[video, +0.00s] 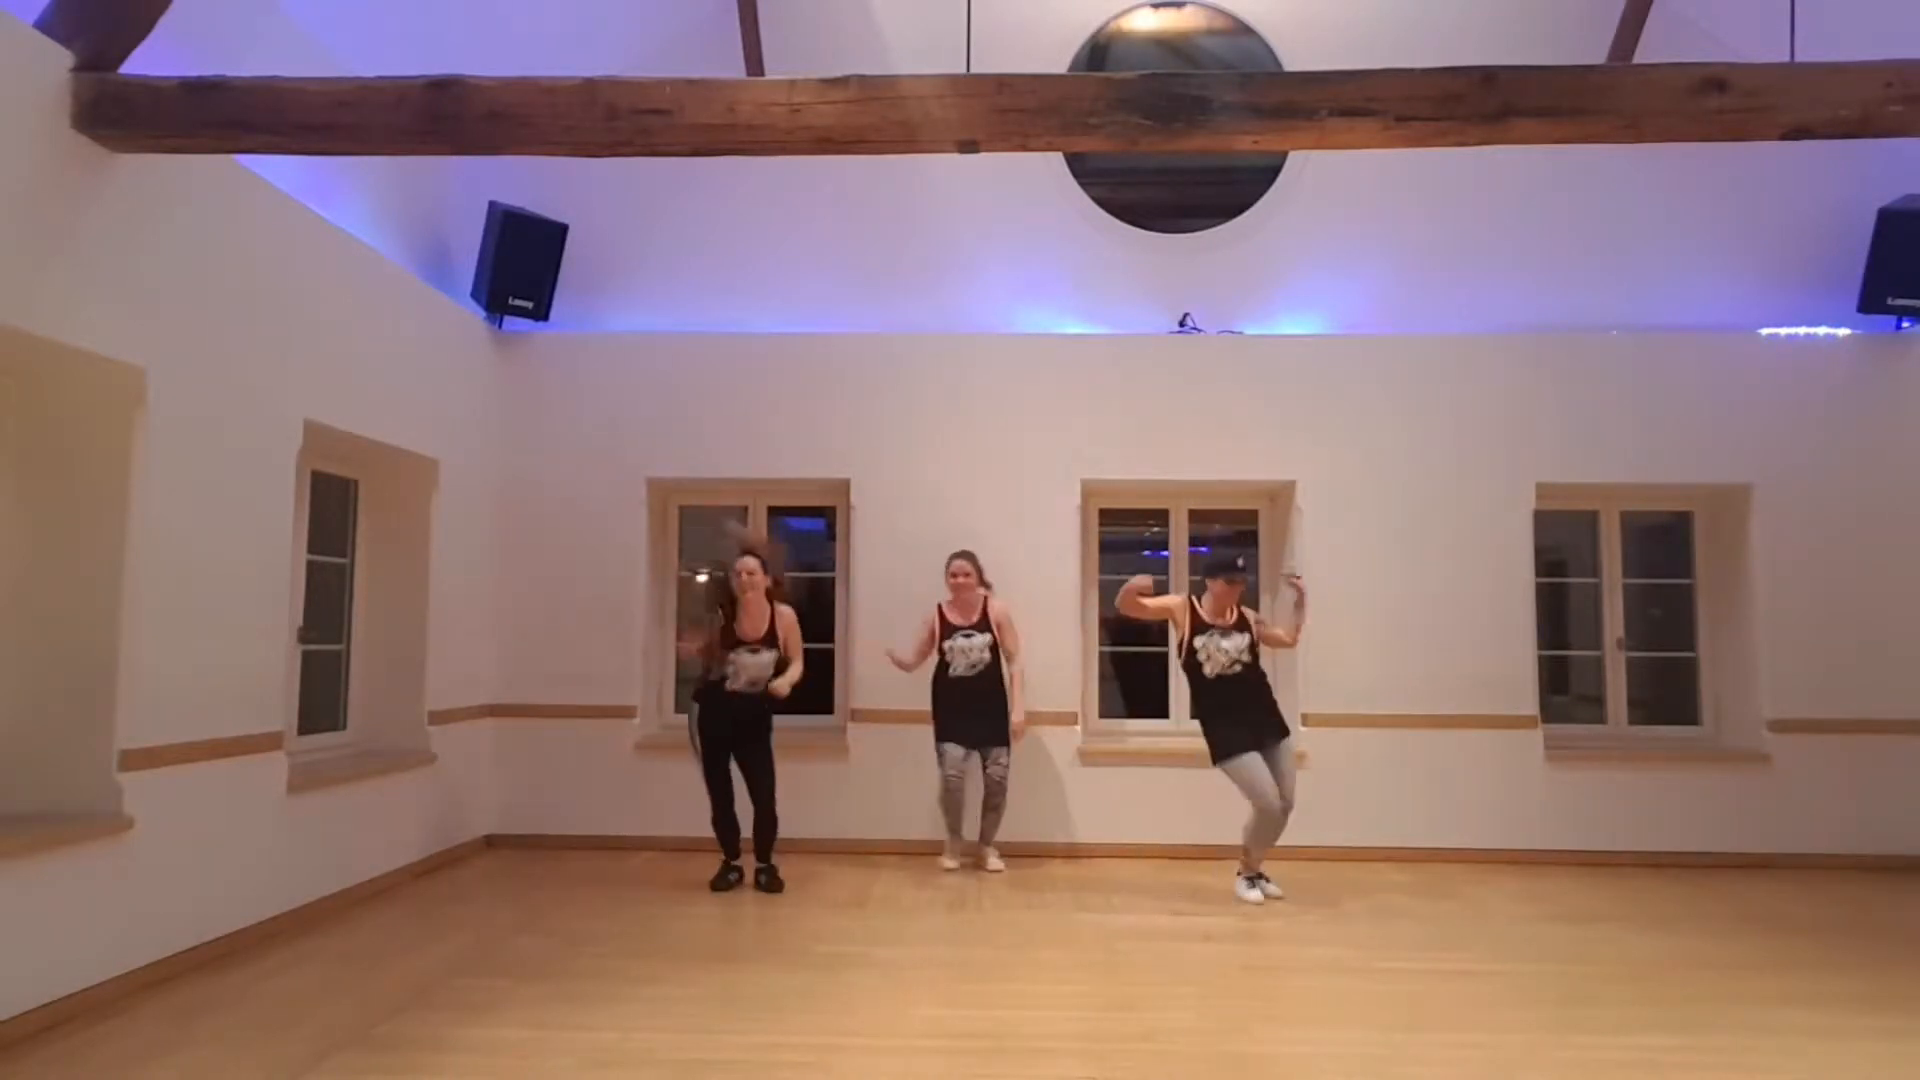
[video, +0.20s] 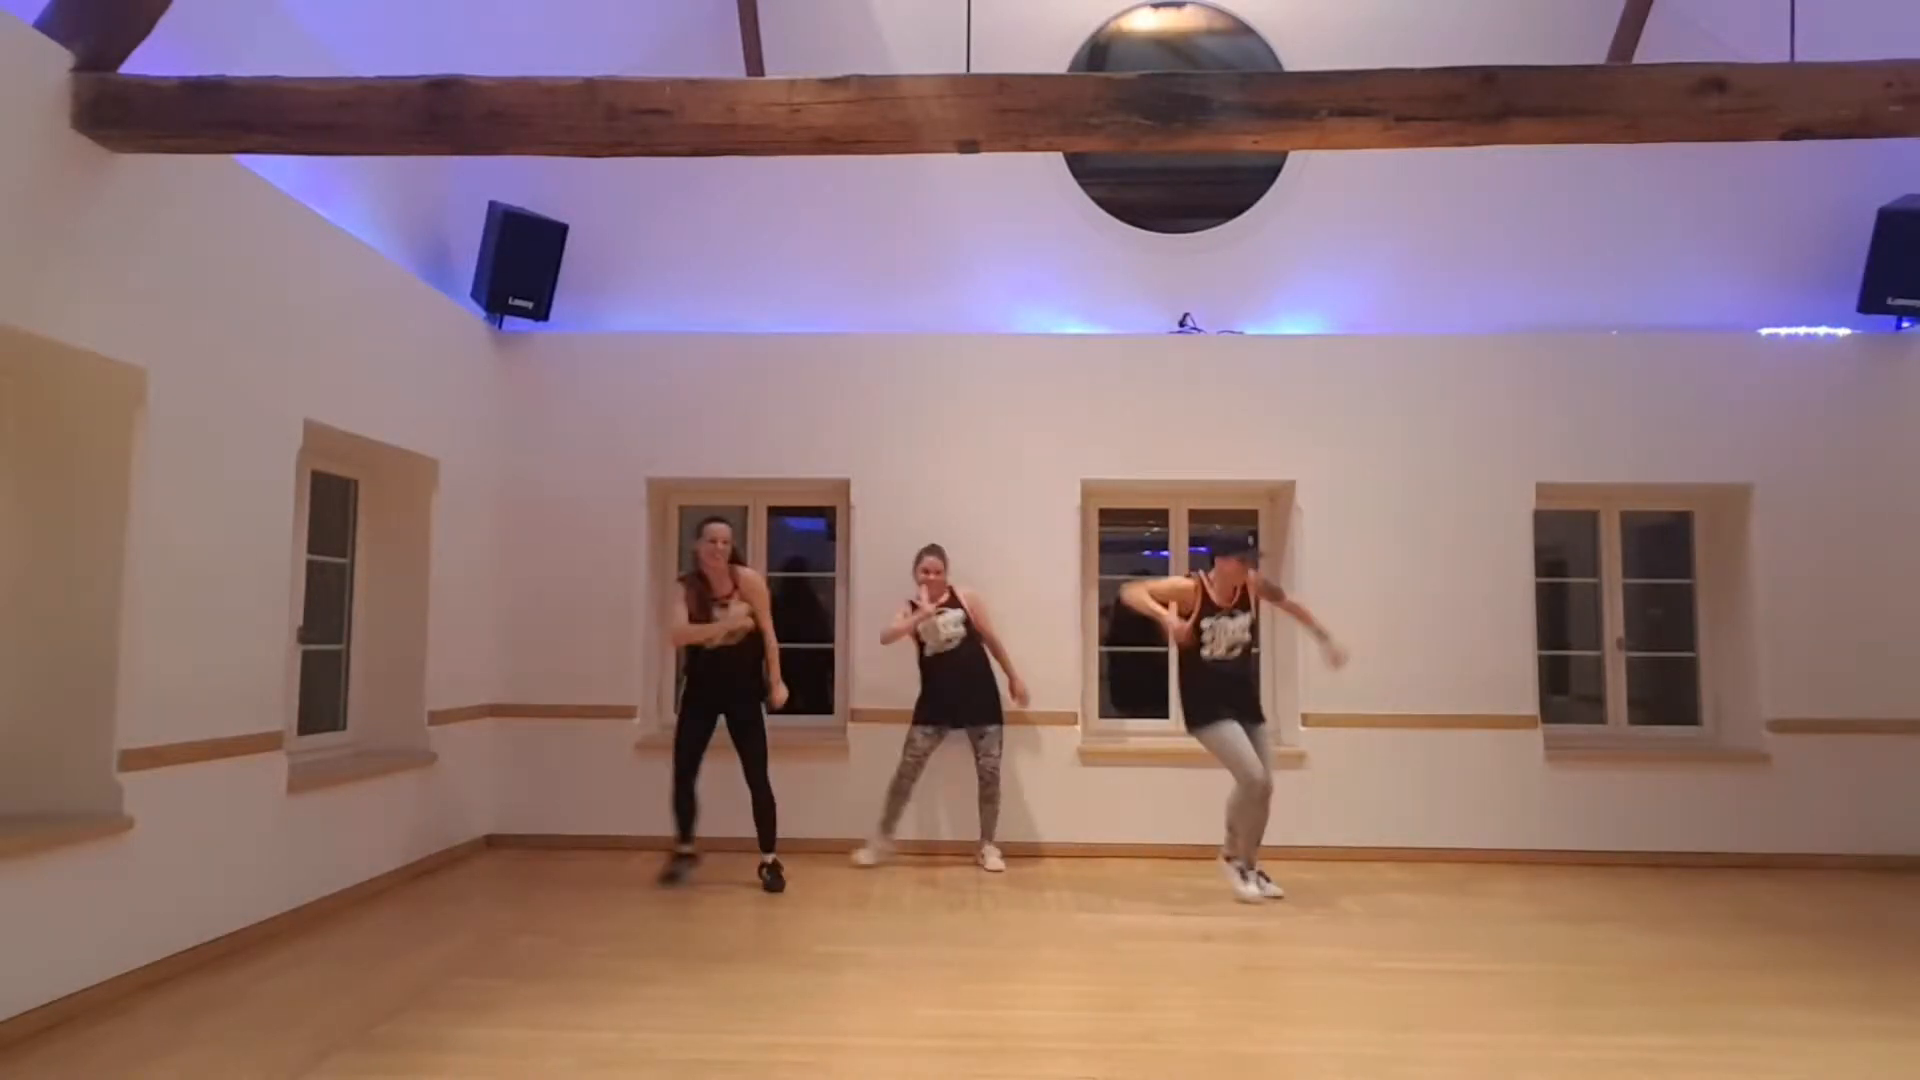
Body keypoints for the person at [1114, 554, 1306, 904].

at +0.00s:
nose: (1237, 591)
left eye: (1240, 584)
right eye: (1231, 583)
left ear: (1243, 586)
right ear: (1210, 582)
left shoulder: (1246, 618)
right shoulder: (1182, 608)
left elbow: (1288, 638)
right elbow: (1126, 605)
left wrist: (1300, 601)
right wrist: (1132, 587)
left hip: (1266, 719)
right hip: (1225, 728)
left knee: (1284, 802)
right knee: (1268, 803)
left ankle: (1252, 870)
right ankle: (1248, 873)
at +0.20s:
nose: (1247, 570)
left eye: (1249, 563)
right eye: (1240, 562)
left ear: (1248, 564)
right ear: (1218, 562)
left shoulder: (1252, 586)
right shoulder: (1190, 589)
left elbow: (1289, 606)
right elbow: (1130, 592)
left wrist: (1325, 639)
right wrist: (1166, 617)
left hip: (1245, 702)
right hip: (1206, 706)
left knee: (1263, 785)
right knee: (1254, 779)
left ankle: (1250, 866)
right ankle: (1232, 857)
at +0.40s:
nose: (1242, 567)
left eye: (1244, 561)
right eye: (1237, 560)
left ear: (1236, 565)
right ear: (1216, 563)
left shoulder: (1236, 595)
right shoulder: (1197, 603)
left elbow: (1268, 608)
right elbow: (1236, 658)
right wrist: (1265, 624)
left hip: (1217, 709)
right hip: (1179, 707)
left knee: (1249, 785)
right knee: (1184, 775)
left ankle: (1245, 872)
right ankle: (1139, 868)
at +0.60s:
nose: (1208, 587)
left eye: (1207, 580)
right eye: (1202, 580)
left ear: (1186, 584)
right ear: (1181, 584)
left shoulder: (1185, 613)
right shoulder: (1170, 615)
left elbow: (1240, 614)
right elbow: (1239, 614)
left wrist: (1299, 614)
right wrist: (1302, 614)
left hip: (1196, 722)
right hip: (1160, 728)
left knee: (1248, 797)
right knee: (1152, 820)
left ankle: (1244, 876)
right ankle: (1091, 884)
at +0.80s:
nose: (1170, 578)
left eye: (1171, 570)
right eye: (1165, 570)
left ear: (1164, 572)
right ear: (1146, 570)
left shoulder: (1161, 606)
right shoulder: (1120, 595)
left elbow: (1157, 672)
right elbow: (1167, 616)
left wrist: (1184, 711)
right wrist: (1222, 611)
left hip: (1167, 714)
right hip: (1126, 719)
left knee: (1213, 786)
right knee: (1125, 816)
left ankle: (1236, 870)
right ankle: (1088, 883)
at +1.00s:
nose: (1164, 550)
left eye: (1165, 543)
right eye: (1157, 543)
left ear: (1164, 547)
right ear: (1134, 546)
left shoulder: (1164, 580)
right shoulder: (1110, 583)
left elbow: (1161, 624)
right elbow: (1047, 600)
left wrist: (1169, 655)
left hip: (1150, 700)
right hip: (1107, 703)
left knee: (1176, 784)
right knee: (1107, 798)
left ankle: (1143, 873)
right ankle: (1086, 881)